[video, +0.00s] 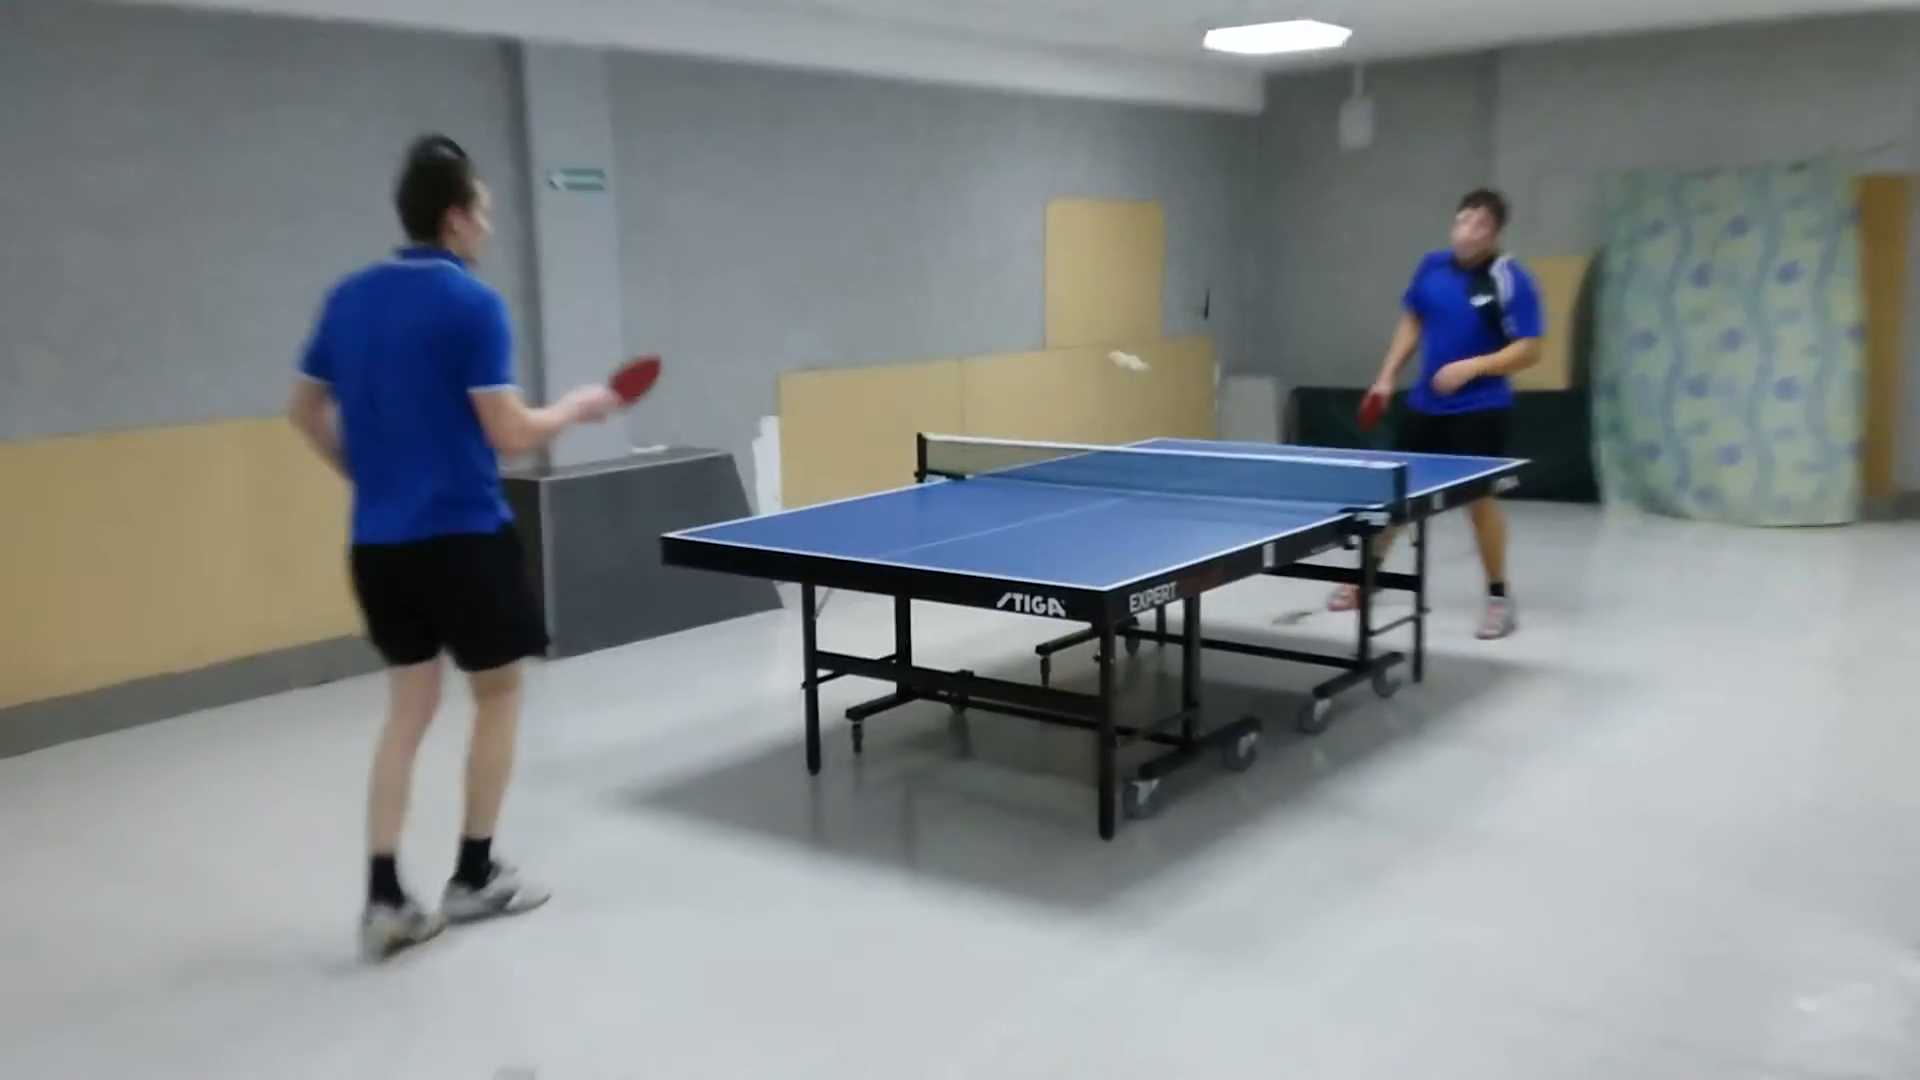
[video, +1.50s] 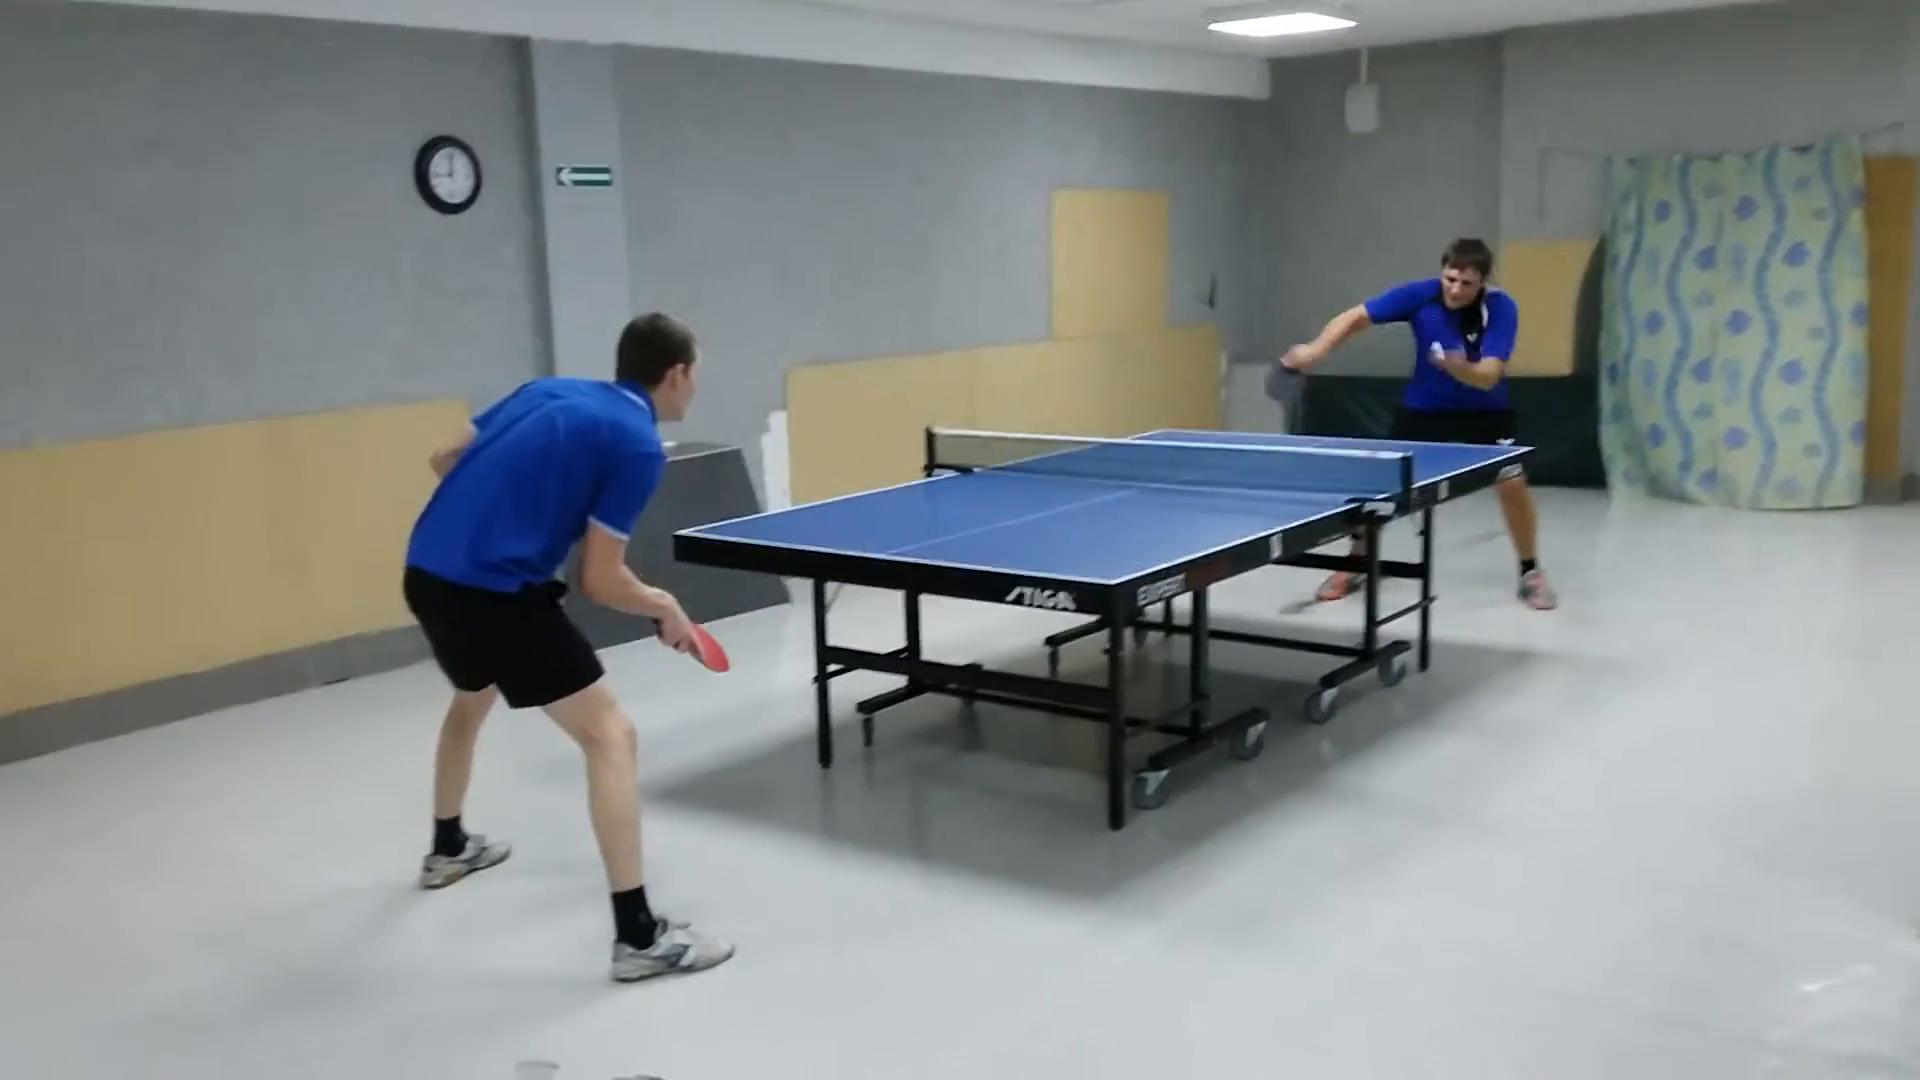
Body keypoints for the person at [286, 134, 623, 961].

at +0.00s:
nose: (488, 223)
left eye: (484, 208)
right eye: (481, 209)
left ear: (413, 215)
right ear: (456, 214)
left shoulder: (349, 297)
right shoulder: (472, 303)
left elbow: (305, 408)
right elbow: (510, 433)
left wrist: (363, 472)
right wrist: (578, 407)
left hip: (380, 543)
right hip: (467, 537)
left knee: (411, 698)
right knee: (498, 693)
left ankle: (383, 896)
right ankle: (475, 874)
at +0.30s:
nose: (502, 242)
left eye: (500, 228)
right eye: (498, 228)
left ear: (425, 235)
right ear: (471, 231)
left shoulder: (368, 316)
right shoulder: (487, 311)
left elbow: (320, 433)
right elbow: (497, 449)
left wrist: (383, 494)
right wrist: (567, 462)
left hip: (403, 564)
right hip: (489, 555)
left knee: (403, 734)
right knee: (603, 690)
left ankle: (388, 921)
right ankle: (588, 881)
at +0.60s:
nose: (592, 249)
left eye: (586, 235)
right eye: (588, 238)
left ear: (515, 251)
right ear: (575, 248)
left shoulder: (457, 327)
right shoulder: (599, 349)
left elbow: (395, 437)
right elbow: (612, 495)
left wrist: (453, 504)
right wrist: (658, 512)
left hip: (467, 578)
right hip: (557, 581)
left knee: (477, 710)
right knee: (632, 738)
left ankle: (400, 891)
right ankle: (624, 941)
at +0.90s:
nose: (662, 281)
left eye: (657, 268)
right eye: (660, 269)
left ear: (586, 268)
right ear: (645, 275)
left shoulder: (515, 320)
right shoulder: (636, 377)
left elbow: (432, 410)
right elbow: (627, 523)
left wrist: (479, 482)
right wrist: (701, 531)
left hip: (468, 568)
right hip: (549, 585)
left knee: (474, 686)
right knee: (634, 737)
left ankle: (432, 838)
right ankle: (622, 941)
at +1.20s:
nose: (691, 358)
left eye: (689, 344)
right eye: (688, 345)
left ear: (623, 343)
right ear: (667, 349)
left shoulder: (547, 369)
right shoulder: (631, 425)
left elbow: (451, 441)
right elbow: (607, 565)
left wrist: (525, 484)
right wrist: (686, 582)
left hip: (431, 565)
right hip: (499, 579)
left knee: (476, 682)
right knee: (618, 723)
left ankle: (444, 833)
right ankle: (634, 922)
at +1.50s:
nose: (695, 387)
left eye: (693, 374)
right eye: (693, 375)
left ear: (628, 367)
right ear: (673, 377)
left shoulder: (550, 391)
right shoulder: (637, 444)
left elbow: (445, 457)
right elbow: (601, 579)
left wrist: (502, 522)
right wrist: (664, 606)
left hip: (429, 572)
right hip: (499, 590)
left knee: (474, 691)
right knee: (610, 736)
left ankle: (446, 846)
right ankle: (638, 936)